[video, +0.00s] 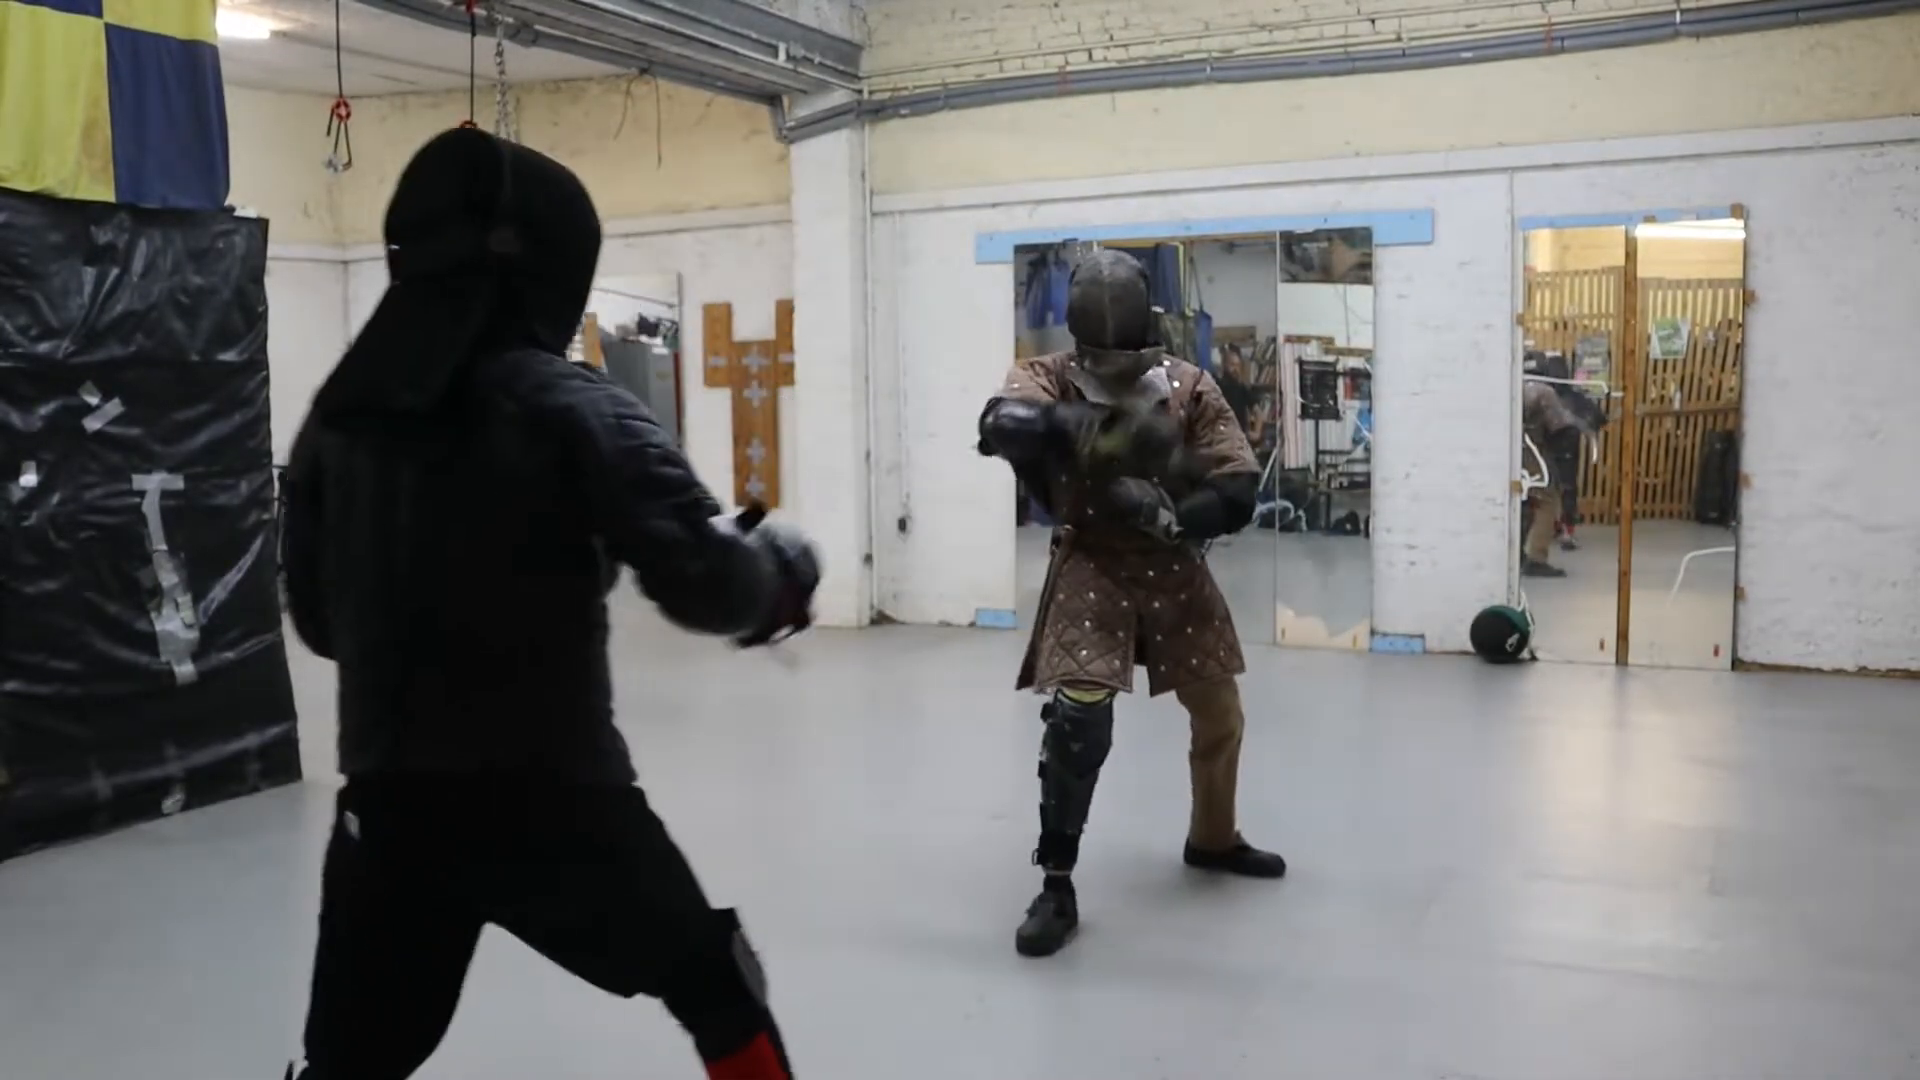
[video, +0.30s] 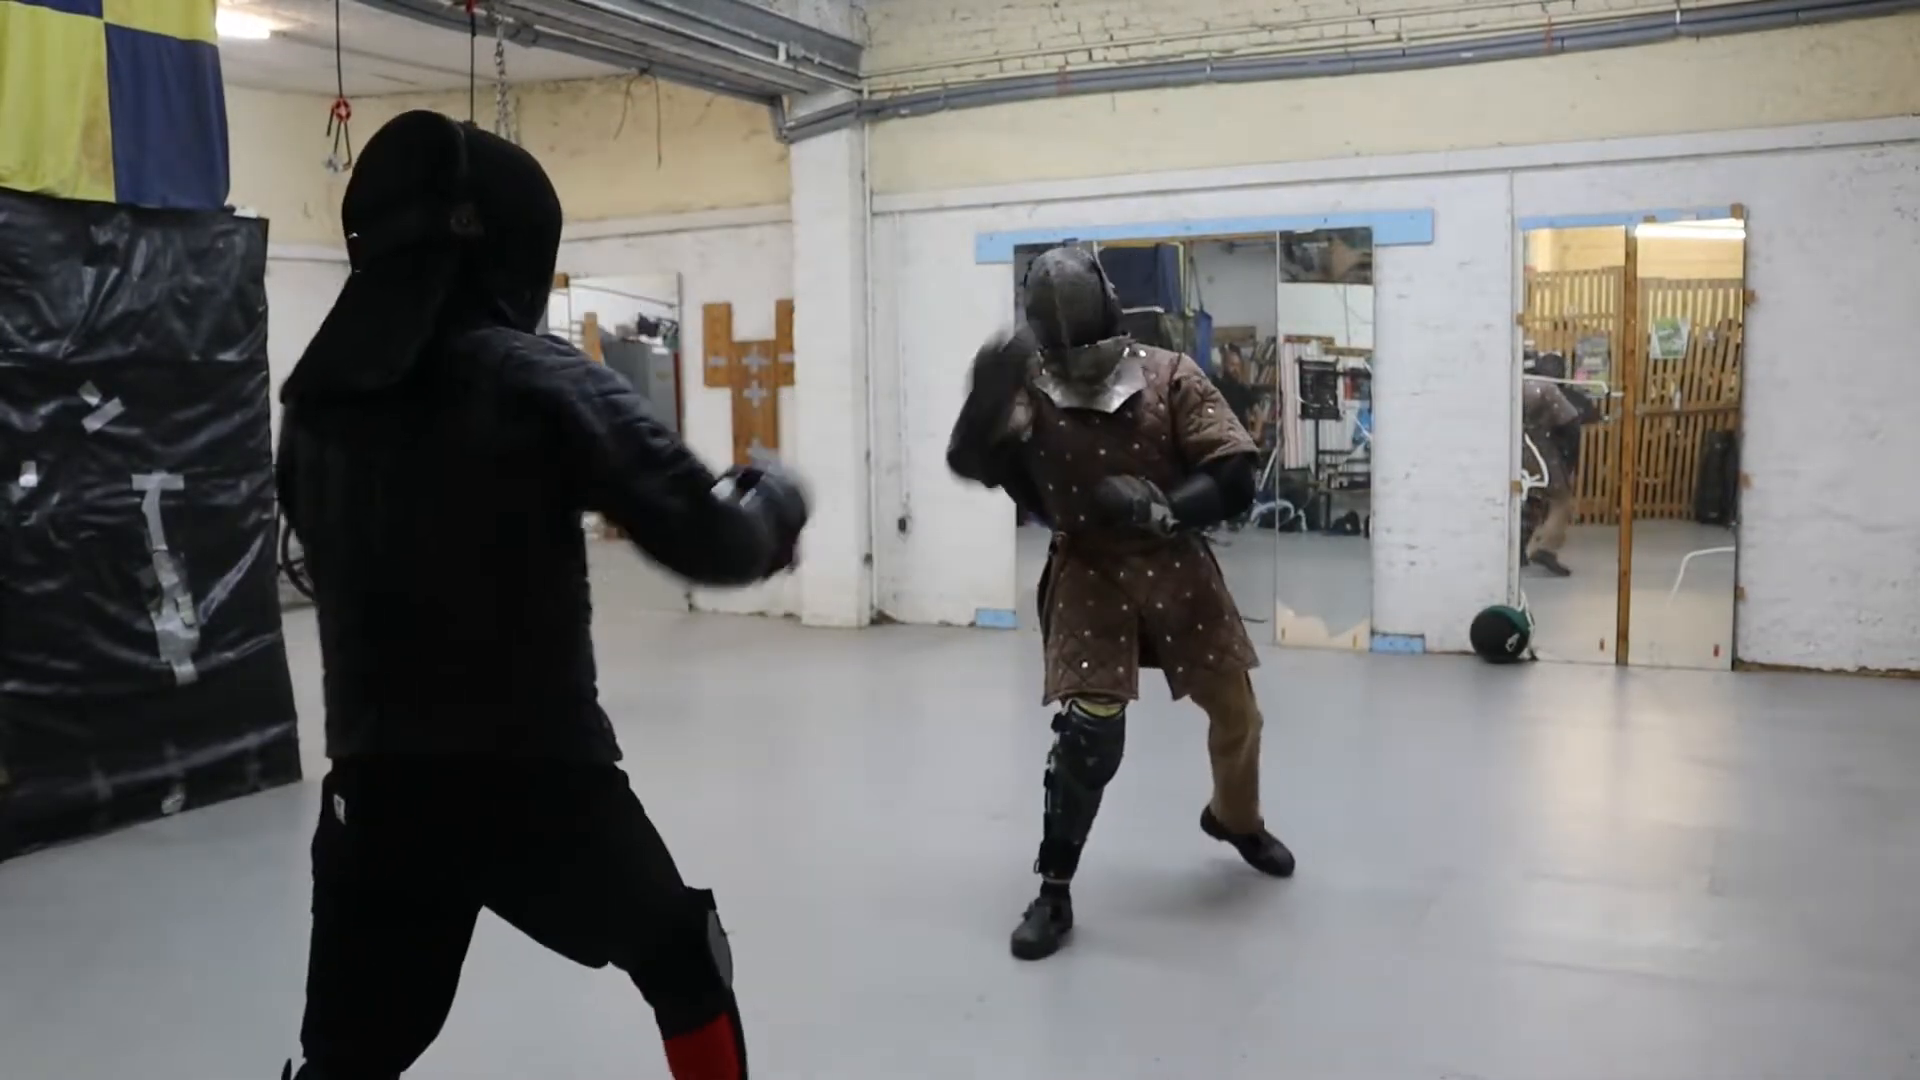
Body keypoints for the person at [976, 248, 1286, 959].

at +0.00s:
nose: (1112, 365)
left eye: (1126, 352)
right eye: (1098, 352)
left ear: (1149, 334)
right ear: (1076, 336)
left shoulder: (1190, 387)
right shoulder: (1049, 377)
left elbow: (1239, 488)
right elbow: (1002, 424)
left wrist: (1177, 517)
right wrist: (1060, 432)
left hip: (1174, 567)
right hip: (1088, 566)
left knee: (1221, 714)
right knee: (1077, 724)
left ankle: (1213, 840)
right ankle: (1056, 888)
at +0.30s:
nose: (1080, 367)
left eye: (1090, 349)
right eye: (1063, 356)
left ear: (1111, 325)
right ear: (1039, 341)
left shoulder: (1168, 374)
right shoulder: (1027, 400)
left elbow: (1237, 474)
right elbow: (968, 462)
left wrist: (1171, 510)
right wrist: (988, 391)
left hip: (1178, 568)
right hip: (1086, 576)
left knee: (1238, 713)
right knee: (1089, 736)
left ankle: (1234, 816)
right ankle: (1053, 892)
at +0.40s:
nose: (1086, 366)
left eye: (1099, 349)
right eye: (1070, 353)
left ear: (1123, 323)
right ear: (1048, 337)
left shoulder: (1179, 379)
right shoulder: (1027, 397)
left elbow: (1248, 476)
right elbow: (993, 470)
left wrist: (1174, 517)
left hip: (1180, 572)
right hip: (1088, 579)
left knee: (1235, 722)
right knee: (1088, 737)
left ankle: (1233, 836)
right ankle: (1052, 893)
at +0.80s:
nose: (1175, 356)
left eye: (1188, 340)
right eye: (1162, 342)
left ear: (1212, 320)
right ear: (1143, 327)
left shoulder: (1258, 384)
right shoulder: (1118, 384)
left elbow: (1296, 493)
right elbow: (1085, 486)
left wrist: (1202, 514)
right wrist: (1046, 533)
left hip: (1222, 575)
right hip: (1130, 573)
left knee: (1236, 725)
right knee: (1086, 714)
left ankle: (1234, 854)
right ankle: (1055, 870)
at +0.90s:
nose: (1186, 358)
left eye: (1200, 343)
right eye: (1173, 345)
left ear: (1224, 324)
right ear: (1156, 329)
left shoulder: (1266, 383)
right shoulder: (1133, 384)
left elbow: (1300, 490)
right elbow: (1096, 482)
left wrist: (1209, 503)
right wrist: (1054, 527)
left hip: (1228, 575)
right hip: (1140, 571)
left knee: (1245, 720)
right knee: (1083, 697)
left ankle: (1234, 853)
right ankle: (1091, 837)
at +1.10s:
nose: (1180, 355)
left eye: (1192, 341)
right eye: (1167, 343)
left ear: (1215, 329)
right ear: (1150, 335)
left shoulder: (1259, 387)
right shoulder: (1129, 389)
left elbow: (1282, 480)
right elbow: (1102, 477)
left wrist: (1196, 460)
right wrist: (1130, 495)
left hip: (1222, 560)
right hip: (1145, 560)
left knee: (1238, 695)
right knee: (1127, 701)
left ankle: (1237, 847)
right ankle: (1174, 779)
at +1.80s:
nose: (1183, 323)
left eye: (1194, 309)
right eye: (1171, 310)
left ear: (1216, 309)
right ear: (1155, 314)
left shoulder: (1264, 376)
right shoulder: (1133, 379)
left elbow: (1301, 465)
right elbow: (1097, 467)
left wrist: (1235, 470)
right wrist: (1083, 547)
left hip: (1237, 536)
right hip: (1161, 534)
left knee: (1250, 673)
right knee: (1142, 663)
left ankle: (1232, 788)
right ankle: (1144, 753)